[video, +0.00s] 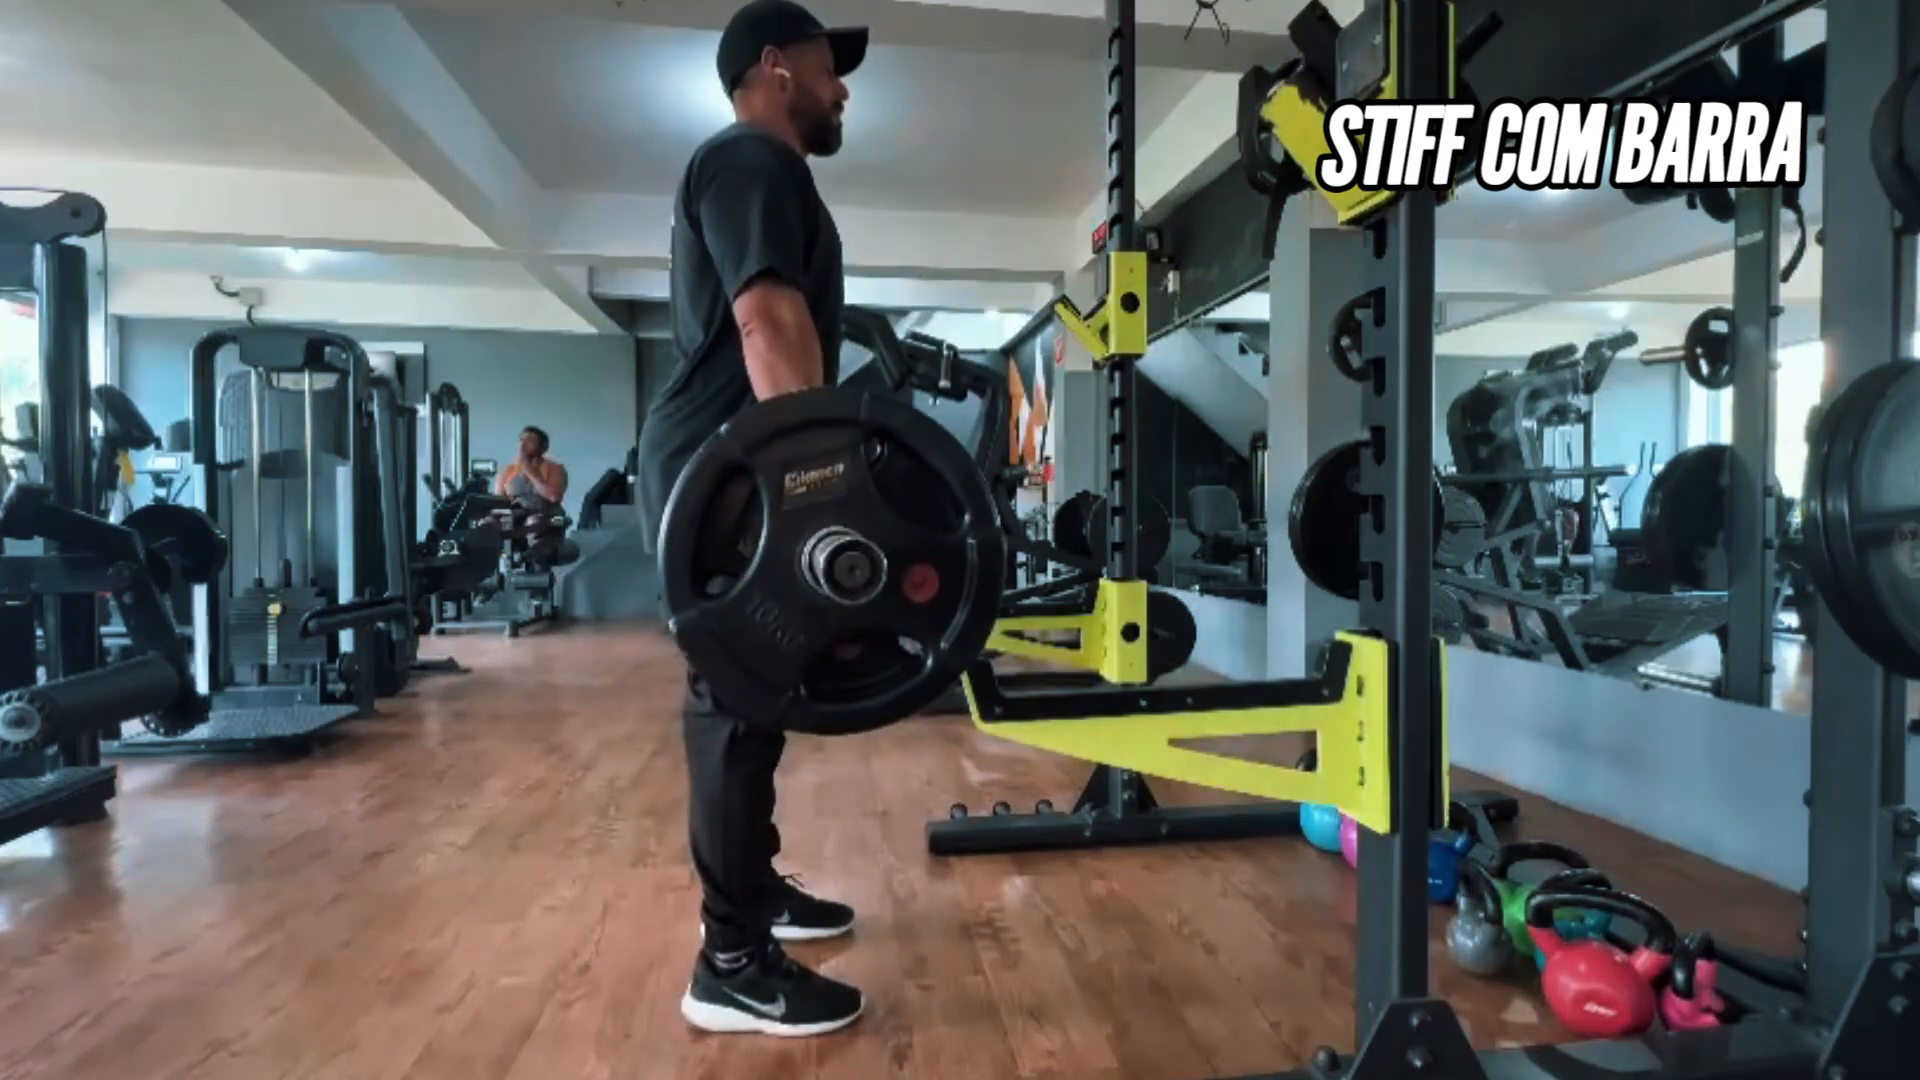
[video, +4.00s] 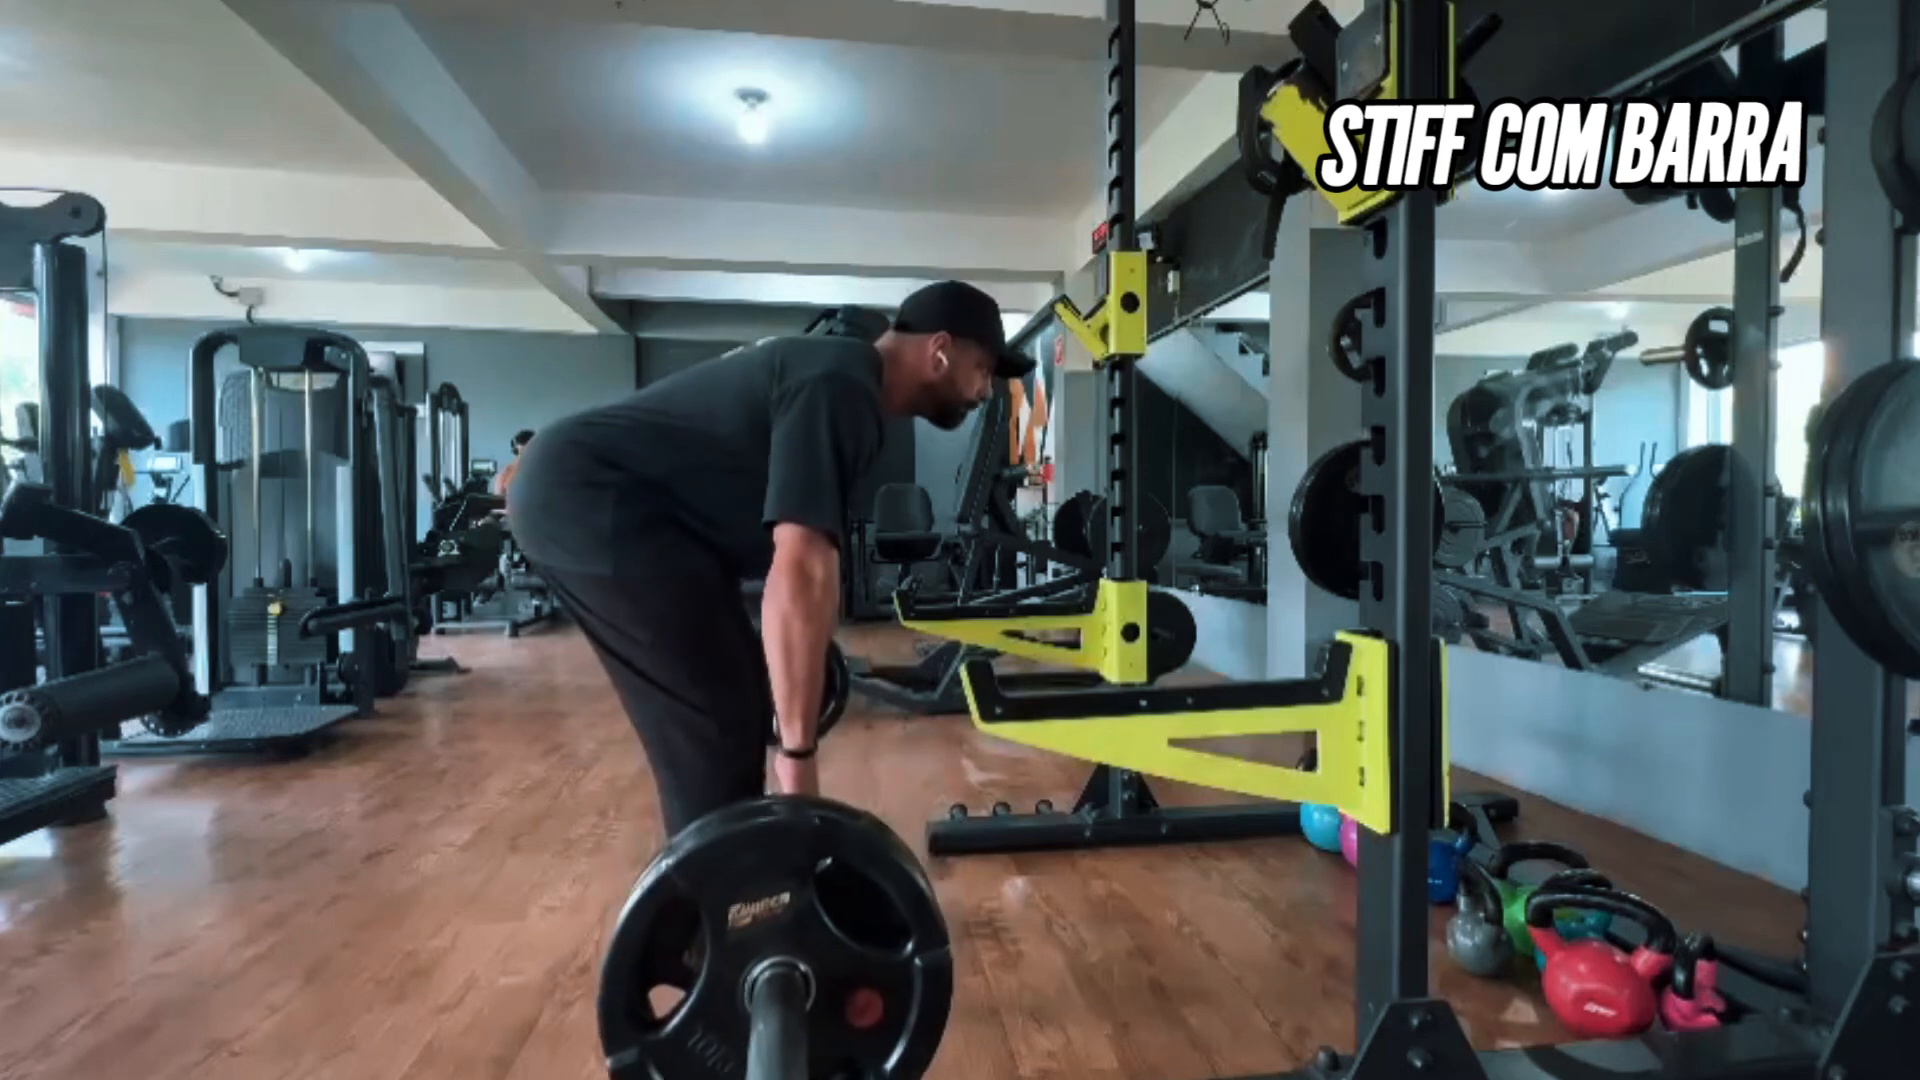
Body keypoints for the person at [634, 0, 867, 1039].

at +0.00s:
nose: (845, 87)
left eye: (843, 71)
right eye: (831, 67)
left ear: (769, 76)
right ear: (772, 68)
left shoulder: (756, 170)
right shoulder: (748, 160)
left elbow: (774, 335)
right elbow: (765, 317)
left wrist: (818, 483)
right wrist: (826, 486)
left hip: (728, 472)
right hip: (710, 474)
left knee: (751, 688)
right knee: (730, 698)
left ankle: (750, 882)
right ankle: (730, 956)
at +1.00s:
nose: (990, 315)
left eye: (994, 298)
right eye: (986, 292)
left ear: (934, 280)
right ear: (938, 277)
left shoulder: (850, 332)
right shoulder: (840, 322)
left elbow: (822, 502)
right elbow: (814, 499)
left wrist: (816, 665)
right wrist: (818, 675)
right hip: (620, 481)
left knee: (709, 715)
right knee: (741, 709)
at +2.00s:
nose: (958, 226)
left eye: (960, 209)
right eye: (950, 204)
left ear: (891, 198)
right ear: (900, 193)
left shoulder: (827, 268)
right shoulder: (817, 251)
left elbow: (802, 430)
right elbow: (797, 425)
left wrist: (812, 601)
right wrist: (810, 608)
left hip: (653, 479)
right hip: (644, 478)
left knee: (723, 692)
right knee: (741, 696)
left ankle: (772, 886)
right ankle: (732, 960)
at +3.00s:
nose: (861, 96)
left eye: (859, 80)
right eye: (848, 76)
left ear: (786, 83)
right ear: (790, 75)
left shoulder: (764, 182)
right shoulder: (754, 165)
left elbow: (778, 344)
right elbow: (765, 326)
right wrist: (810, 498)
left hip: (720, 474)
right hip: (706, 475)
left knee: (752, 693)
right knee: (733, 704)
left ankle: (751, 884)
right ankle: (731, 958)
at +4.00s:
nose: (986, 391)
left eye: (992, 377)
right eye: (985, 370)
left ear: (934, 348)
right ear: (940, 348)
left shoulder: (842, 383)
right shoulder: (833, 381)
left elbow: (813, 562)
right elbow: (801, 566)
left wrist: (790, 734)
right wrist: (796, 751)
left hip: (592, 490)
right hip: (589, 492)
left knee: (717, 713)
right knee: (725, 711)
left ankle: (707, 927)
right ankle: (717, 932)